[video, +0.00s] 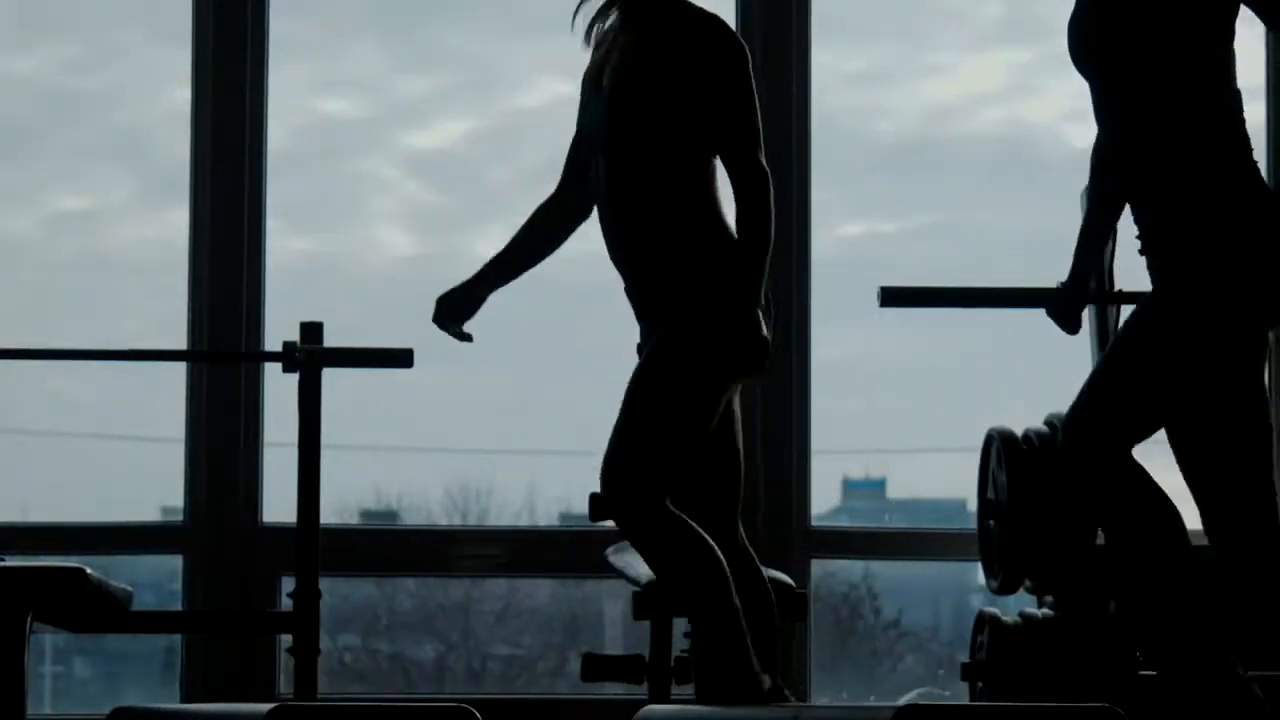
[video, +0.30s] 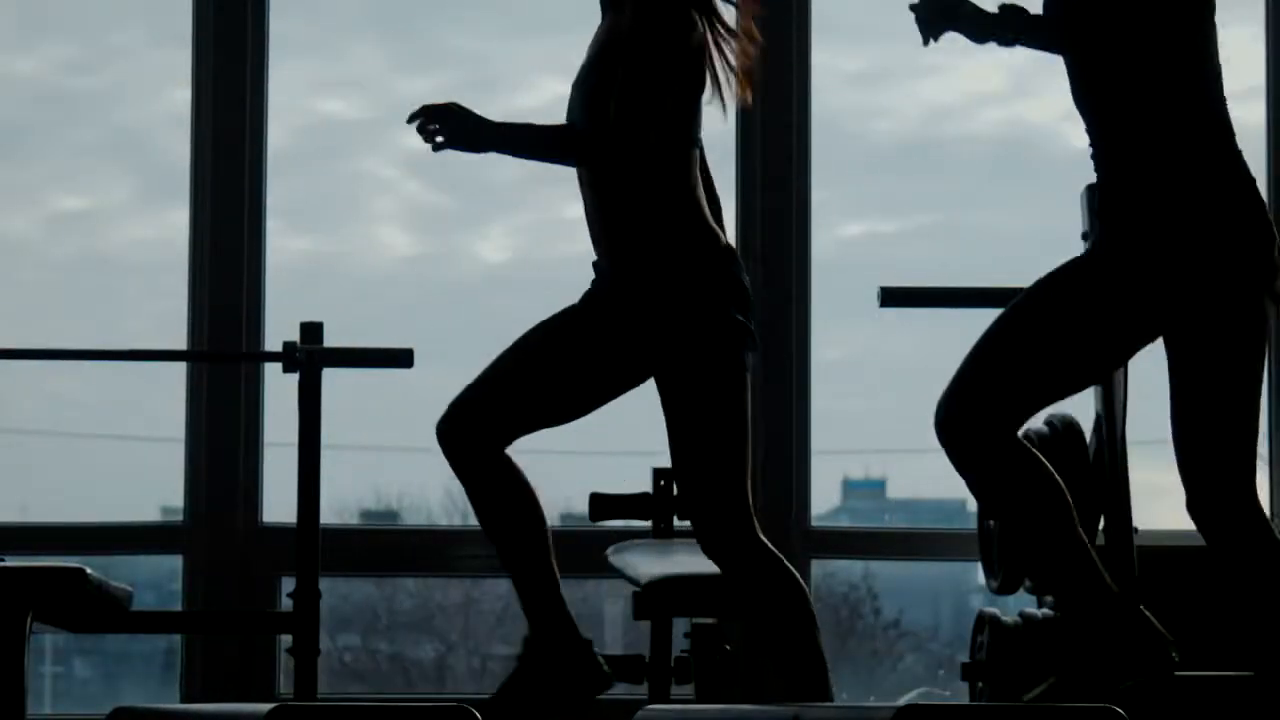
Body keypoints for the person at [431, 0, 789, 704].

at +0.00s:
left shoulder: (710, 41)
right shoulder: (612, 47)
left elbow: (754, 182)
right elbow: (574, 195)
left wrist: (749, 300)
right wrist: (482, 285)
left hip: (709, 312)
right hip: (667, 315)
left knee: (633, 492)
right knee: (715, 517)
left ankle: (735, 683)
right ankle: (761, 694)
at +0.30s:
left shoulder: (658, 23)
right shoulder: (630, 22)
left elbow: (616, 149)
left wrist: (489, 135)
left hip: (684, 299)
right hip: (636, 296)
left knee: (727, 530)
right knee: (469, 431)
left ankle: (815, 712)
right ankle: (556, 648)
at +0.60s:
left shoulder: (519, 46)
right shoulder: (501, 56)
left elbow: (456, 169)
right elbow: (508, 231)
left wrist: (332, 212)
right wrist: (428, 305)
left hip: (556, 311)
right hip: (526, 310)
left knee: (662, 520)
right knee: (331, 424)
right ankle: (304, 650)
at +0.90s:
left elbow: (606, 88)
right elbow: (259, 55)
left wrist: (675, 216)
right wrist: (152, 30)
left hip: (525, 196)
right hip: (458, 210)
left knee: (358, 222)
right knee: (333, 411)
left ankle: (474, 448)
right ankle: (306, 646)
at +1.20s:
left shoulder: (573, 0)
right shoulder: (432, 6)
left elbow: (588, 116)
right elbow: (366, 120)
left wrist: (585, 244)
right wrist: (265, 198)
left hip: (550, 238)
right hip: (471, 238)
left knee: (450, 370)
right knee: (360, 424)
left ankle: (604, 542)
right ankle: (307, 648)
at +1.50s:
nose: (601, 2)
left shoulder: (700, 75)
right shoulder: (663, 71)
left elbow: (610, 171)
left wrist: (472, 131)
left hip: (713, 350)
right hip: (649, 344)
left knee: (775, 566)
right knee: (465, 455)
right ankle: (329, 648)